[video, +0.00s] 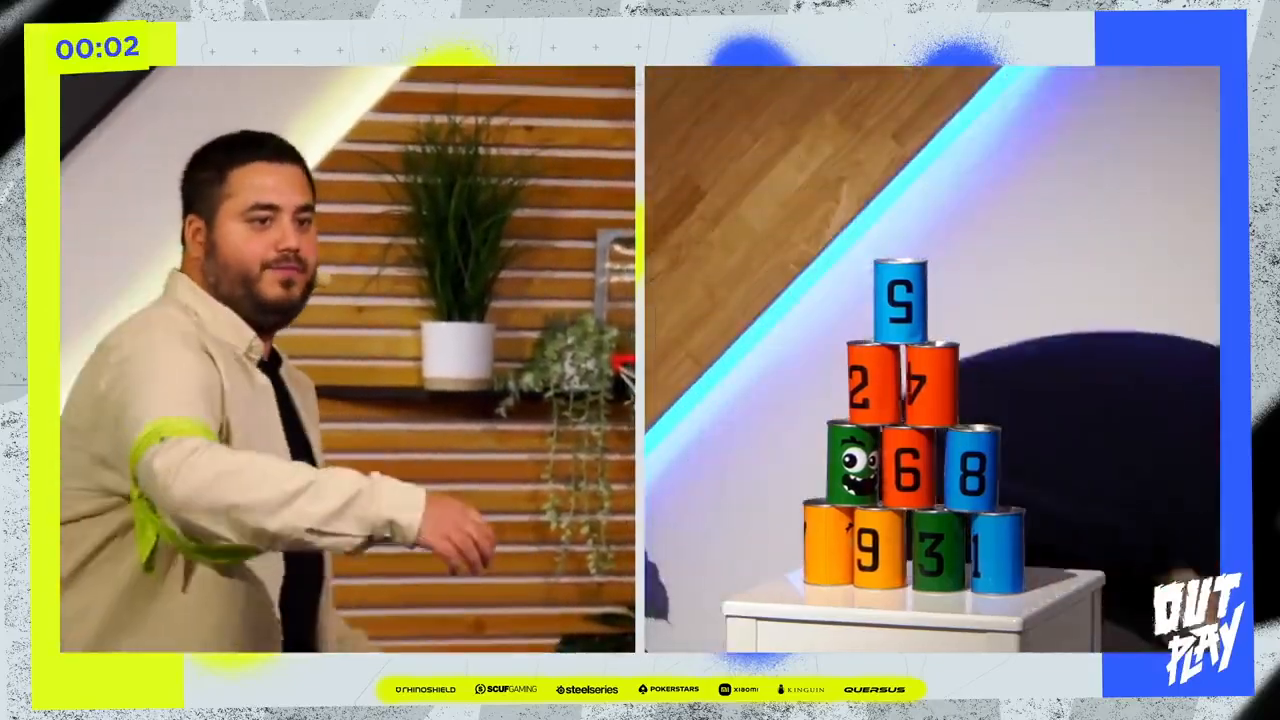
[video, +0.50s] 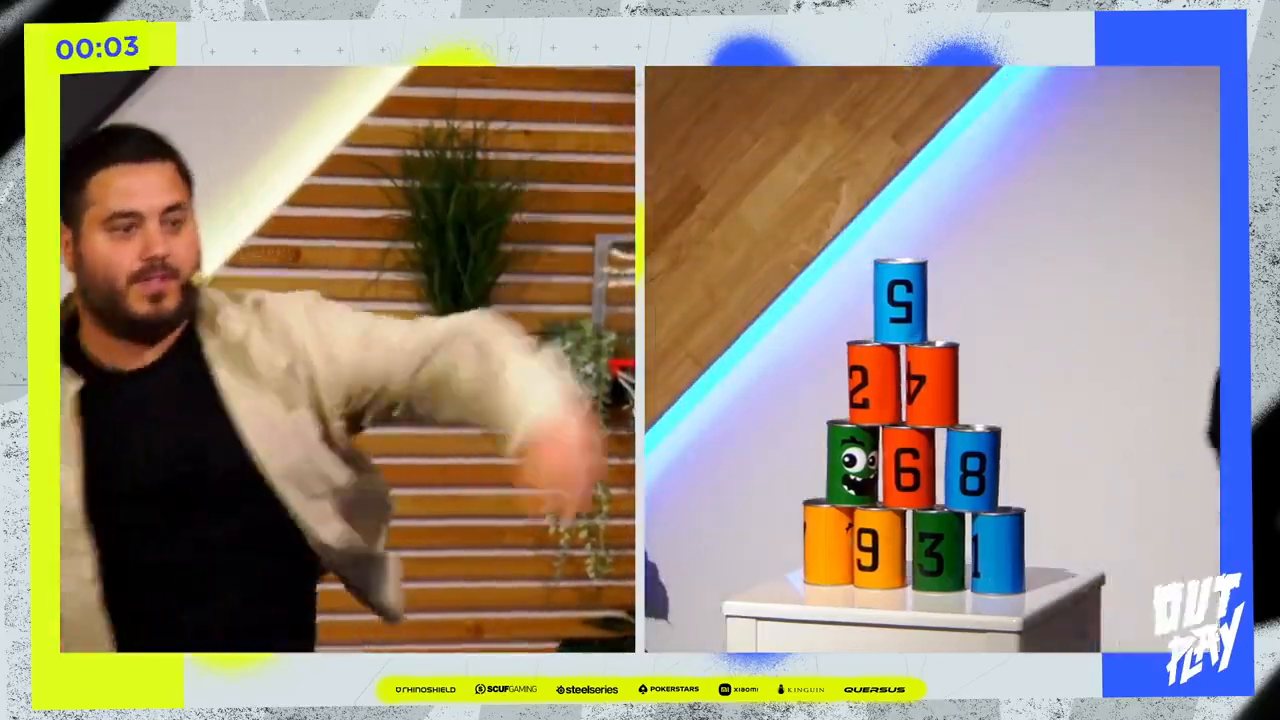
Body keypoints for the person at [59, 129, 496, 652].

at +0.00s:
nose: (292, 244)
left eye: (303, 221)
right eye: (261, 220)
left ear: (316, 235)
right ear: (198, 237)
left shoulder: (290, 386)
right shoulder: (159, 349)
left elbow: (294, 598)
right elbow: (186, 479)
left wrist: (383, 689)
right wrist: (402, 507)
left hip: (249, 697)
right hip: (125, 696)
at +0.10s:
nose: (293, 250)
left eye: (304, 228)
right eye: (261, 227)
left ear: (317, 240)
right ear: (199, 246)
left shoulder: (278, 393)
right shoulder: (167, 353)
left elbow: (232, 581)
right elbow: (173, 459)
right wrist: (361, 511)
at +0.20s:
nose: (284, 251)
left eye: (296, 229)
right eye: (253, 229)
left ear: (311, 239)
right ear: (190, 246)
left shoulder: (269, 387)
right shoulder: (159, 352)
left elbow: (290, 526)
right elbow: (114, 454)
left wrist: (359, 455)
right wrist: (257, 539)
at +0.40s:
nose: (225, 219)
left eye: (239, 193)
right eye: (191, 196)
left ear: (258, 207)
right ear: (135, 220)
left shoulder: (328, 352)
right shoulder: (59, 363)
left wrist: (516, 207)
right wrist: (64, 669)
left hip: (288, 688)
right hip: (125, 689)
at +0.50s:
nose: (156, 250)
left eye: (172, 221)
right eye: (123, 228)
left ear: (195, 227)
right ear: (70, 247)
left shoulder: (277, 339)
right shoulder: (29, 384)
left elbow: (448, 352)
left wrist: (546, 410)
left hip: (268, 695)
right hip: (96, 699)